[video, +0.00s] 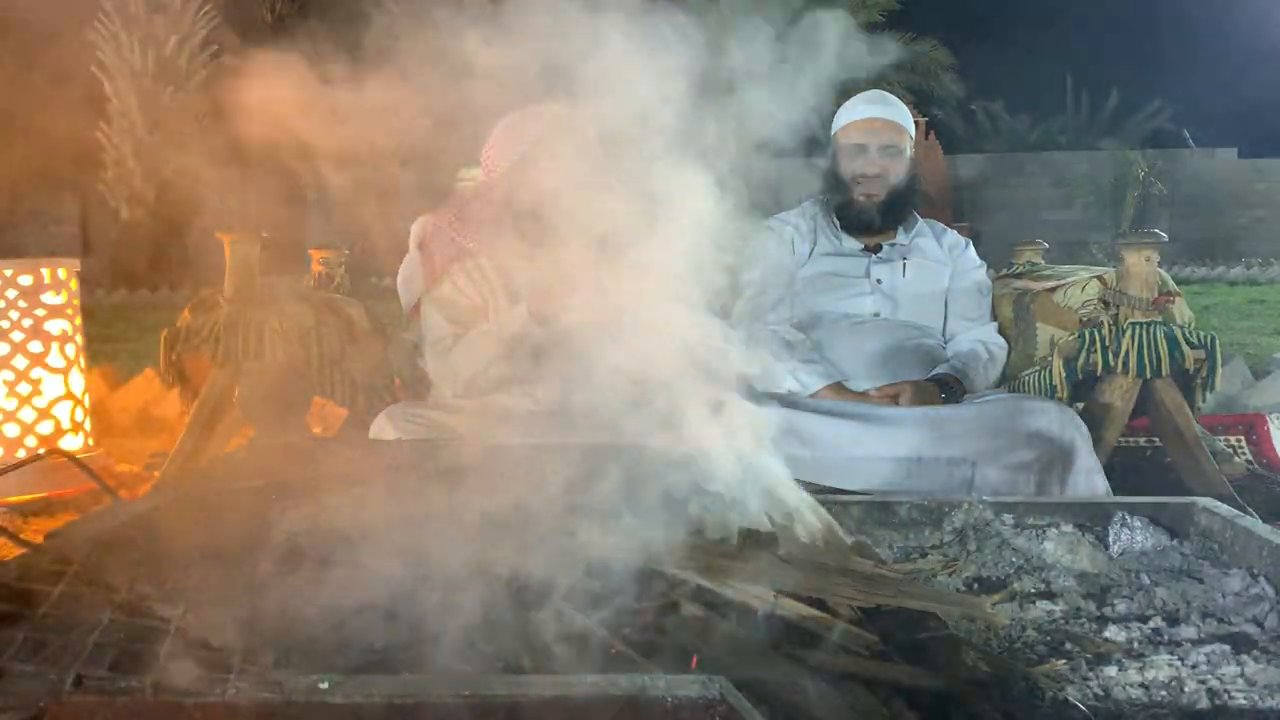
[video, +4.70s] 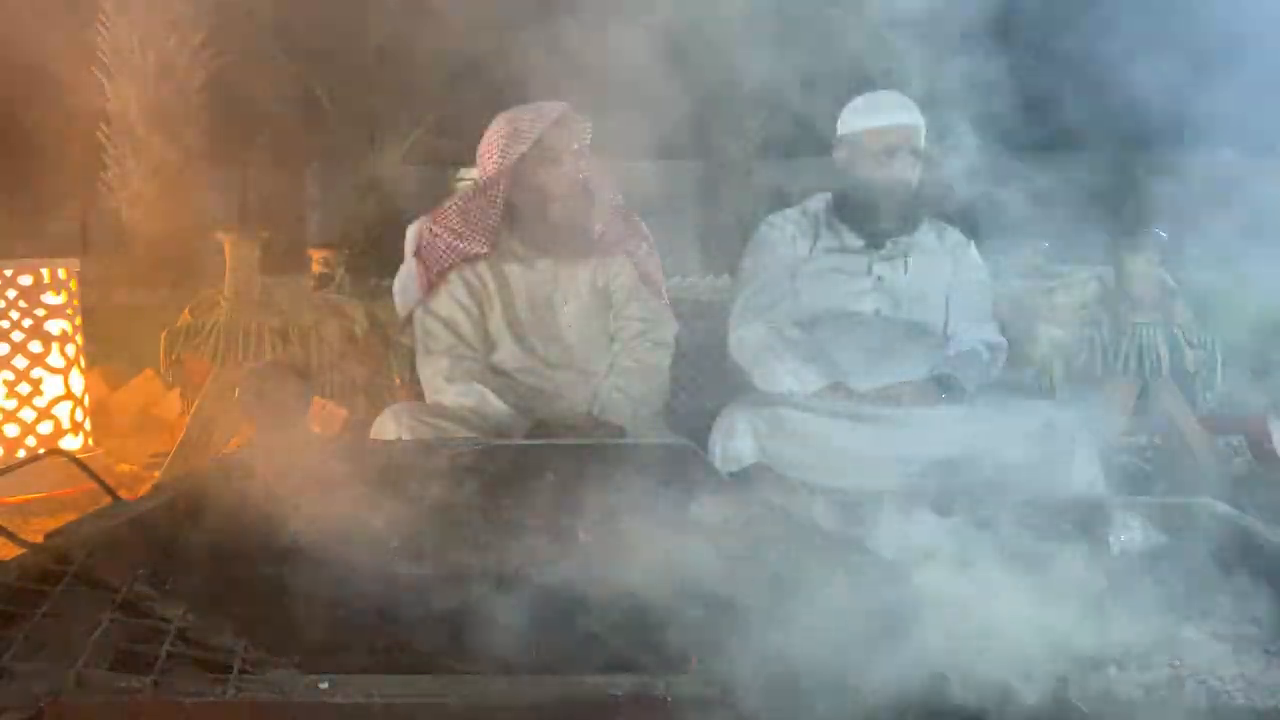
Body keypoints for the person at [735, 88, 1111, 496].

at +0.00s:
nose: (871, 167)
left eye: (888, 152)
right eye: (857, 151)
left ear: (912, 162)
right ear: (834, 158)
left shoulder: (951, 249)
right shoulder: (785, 237)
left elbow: (980, 343)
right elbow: (758, 335)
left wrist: (938, 390)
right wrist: (835, 396)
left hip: (934, 420)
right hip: (823, 417)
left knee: (1053, 425)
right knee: (741, 428)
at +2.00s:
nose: (838, 167)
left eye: (857, 154)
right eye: (832, 152)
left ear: (901, 163)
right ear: (823, 156)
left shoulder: (952, 251)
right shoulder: (784, 237)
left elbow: (983, 345)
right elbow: (750, 343)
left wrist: (934, 387)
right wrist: (825, 392)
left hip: (931, 427)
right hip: (822, 427)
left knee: (1053, 427)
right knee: (741, 425)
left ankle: (1092, 574)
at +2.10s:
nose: (837, 166)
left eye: (857, 153)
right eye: (832, 151)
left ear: (900, 164)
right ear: (822, 156)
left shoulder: (952, 251)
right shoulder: (784, 236)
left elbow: (982, 342)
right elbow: (750, 335)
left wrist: (941, 384)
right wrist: (828, 394)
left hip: (934, 427)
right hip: (826, 428)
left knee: (1054, 427)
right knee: (741, 430)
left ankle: (1080, 579)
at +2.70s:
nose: (839, 168)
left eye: (861, 154)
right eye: (834, 152)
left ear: (905, 164)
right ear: (825, 155)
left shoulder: (952, 248)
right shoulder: (784, 234)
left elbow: (980, 342)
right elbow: (757, 330)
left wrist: (938, 388)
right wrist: (833, 394)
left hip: (934, 418)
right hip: (824, 414)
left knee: (1054, 426)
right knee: (760, 435)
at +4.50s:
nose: (905, 170)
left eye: (913, 155)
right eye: (887, 154)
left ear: (926, 163)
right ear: (849, 161)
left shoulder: (953, 248)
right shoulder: (787, 236)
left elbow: (982, 337)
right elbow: (750, 337)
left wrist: (940, 389)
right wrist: (824, 392)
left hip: (920, 417)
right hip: (812, 416)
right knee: (740, 429)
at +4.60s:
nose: (893, 172)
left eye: (904, 155)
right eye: (878, 155)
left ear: (922, 162)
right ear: (842, 160)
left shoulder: (954, 251)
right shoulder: (787, 235)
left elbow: (982, 347)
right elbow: (750, 335)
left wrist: (935, 391)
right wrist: (819, 391)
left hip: (922, 421)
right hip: (819, 419)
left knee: (1028, 420)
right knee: (738, 427)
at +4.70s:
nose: (901, 173)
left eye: (911, 157)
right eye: (885, 156)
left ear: (923, 166)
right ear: (843, 159)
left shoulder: (953, 250)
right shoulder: (786, 235)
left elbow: (981, 346)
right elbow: (752, 333)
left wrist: (934, 388)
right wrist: (822, 395)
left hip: (924, 416)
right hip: (817, 413)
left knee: (1058, 428)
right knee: (739, 428)